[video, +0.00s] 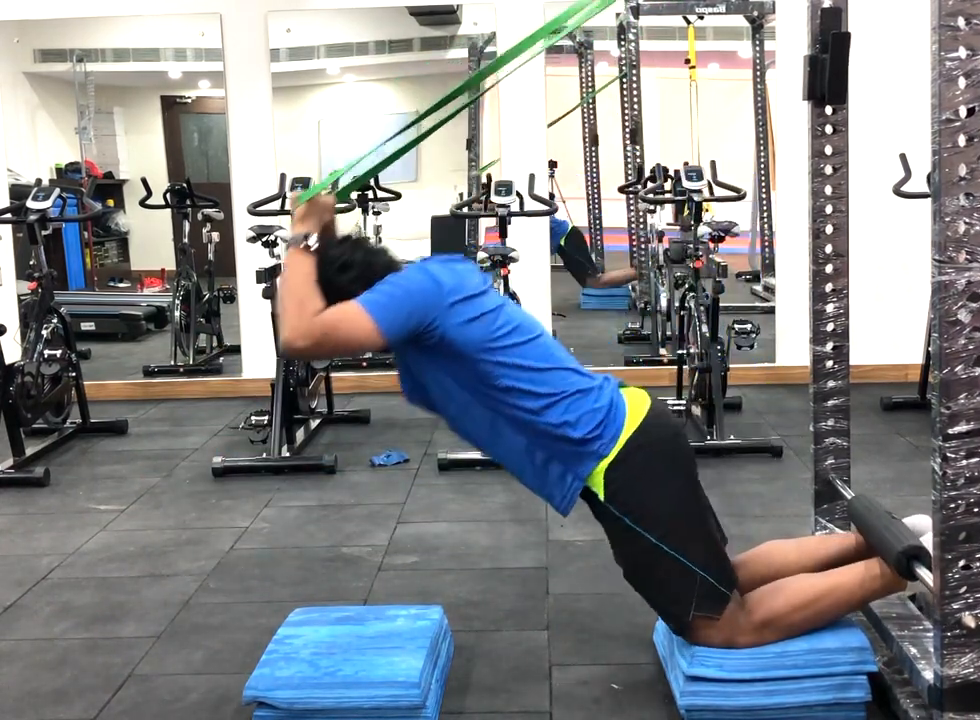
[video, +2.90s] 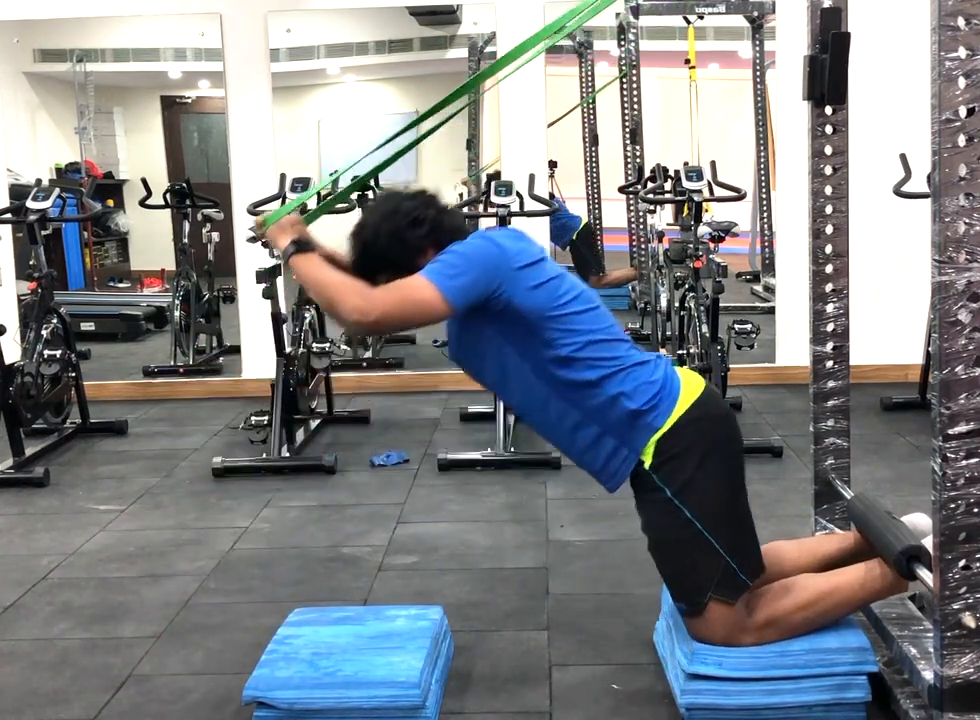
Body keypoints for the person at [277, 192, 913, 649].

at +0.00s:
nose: (335, 328)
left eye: (334, 315)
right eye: (332, 316)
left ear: (356, 296)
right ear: (371, 276)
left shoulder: (428, 287)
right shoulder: (434, 285)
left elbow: (302, 334)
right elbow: (316, 331)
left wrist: (298, 242)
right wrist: (312, 247)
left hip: (623, 459)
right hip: (626, 442)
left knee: (720, 626)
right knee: (712, 584)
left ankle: (897, 571)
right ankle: (860, 539)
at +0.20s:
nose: (297, 406)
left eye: (290, 390)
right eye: (287, 391)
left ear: (309, 372)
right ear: (322, 334)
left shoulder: (380, 345)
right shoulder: (386, 336)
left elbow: (258, 411)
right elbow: (276, 401)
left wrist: (241, 322)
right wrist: (260, 322)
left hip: (603, 469)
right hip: (605, 447)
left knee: (724, 627)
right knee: (715, 584)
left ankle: (901, 567)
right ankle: (862, 535)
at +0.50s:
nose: (244, 479)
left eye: (241, 465)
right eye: (238, 467)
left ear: (263, 441)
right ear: (273, 405)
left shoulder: (325, 428)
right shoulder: (337, 403)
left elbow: (218, 518)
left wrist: (179, 431)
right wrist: (217, 424)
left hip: (574, 496)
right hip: (578, 464)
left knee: (725, 625)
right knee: (710, 586)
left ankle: (904, 567)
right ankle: (863, 536)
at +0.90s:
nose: (239, 576)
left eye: (231, 567)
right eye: (226, 564)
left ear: (245, 547)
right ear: (249, 503)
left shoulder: (297, 519)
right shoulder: (317, 486)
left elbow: (203, 625)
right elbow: (232, 597)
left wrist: (149, 561)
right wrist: (180, 553)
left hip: (547, 525)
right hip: (552, 483)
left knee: (718, 631)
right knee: (715, 581)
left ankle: (902, 565)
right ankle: (866, 534)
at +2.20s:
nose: (269, 468)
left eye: (265, 458)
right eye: (262, 459)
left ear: (281, 428)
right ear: (291, 406)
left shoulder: (349, 404)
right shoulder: (352, 396)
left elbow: (246, 500)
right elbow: (261, 483)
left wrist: (178, 447)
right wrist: (201, 442)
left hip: (591, 473)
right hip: (589, 461)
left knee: (728, 623)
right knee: (716, 586)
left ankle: (907, 567)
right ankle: (864, 533)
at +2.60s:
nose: (333, 367)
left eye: (326, 351)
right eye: (327, 353)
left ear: (341, 328)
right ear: (360, 308)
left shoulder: (412, 322)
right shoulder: (415, 318)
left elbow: (302, 397)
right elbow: (318, 391)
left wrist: (235, 344)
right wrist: (253, 343)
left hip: (633, 447)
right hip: (632, 434)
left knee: (729, 623)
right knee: (727, 581)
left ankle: (900, 568)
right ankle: (861, 535)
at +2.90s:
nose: (404, 295)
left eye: (403, 281)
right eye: (396, 286)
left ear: (426, 256)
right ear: (435, 237)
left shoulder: (490, 254)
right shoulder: (486, 262)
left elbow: (365, 312)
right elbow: (378, 301)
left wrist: (292, 252)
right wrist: (311, 248)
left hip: (672, 433)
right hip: (668, 425)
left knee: (726, 626)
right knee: (731, 578)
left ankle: (905, 571)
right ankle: (869, 539)